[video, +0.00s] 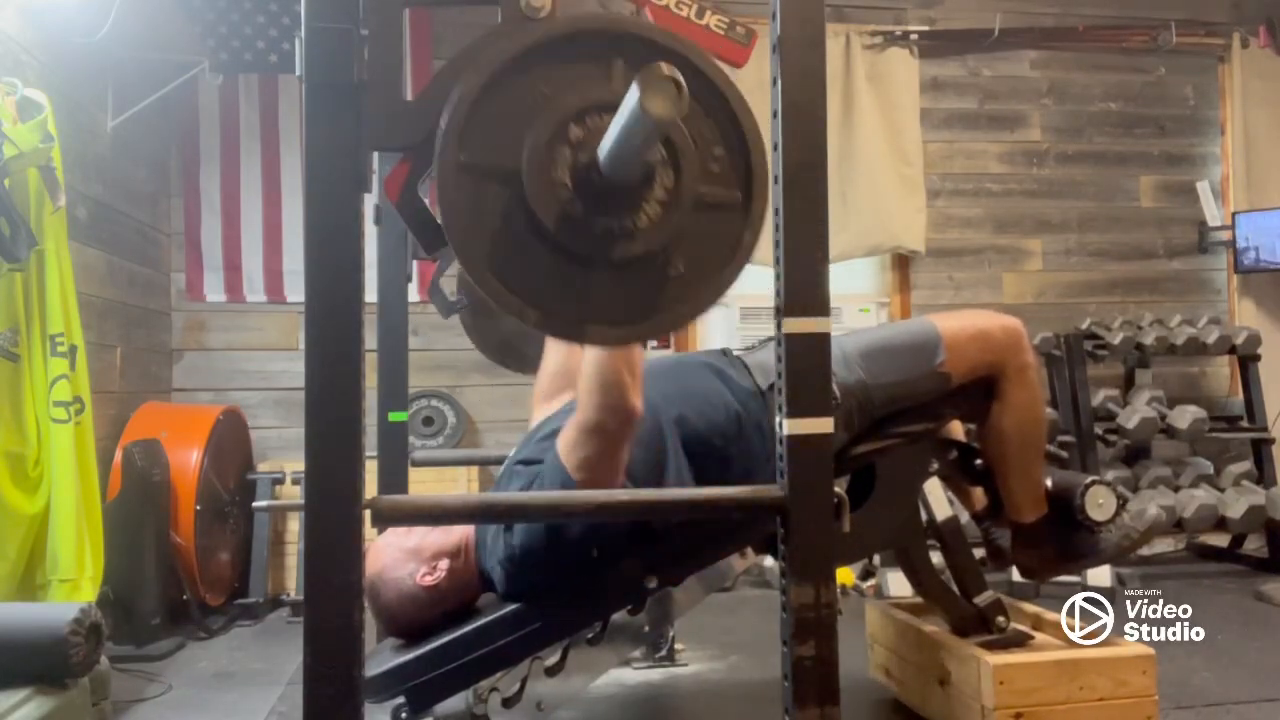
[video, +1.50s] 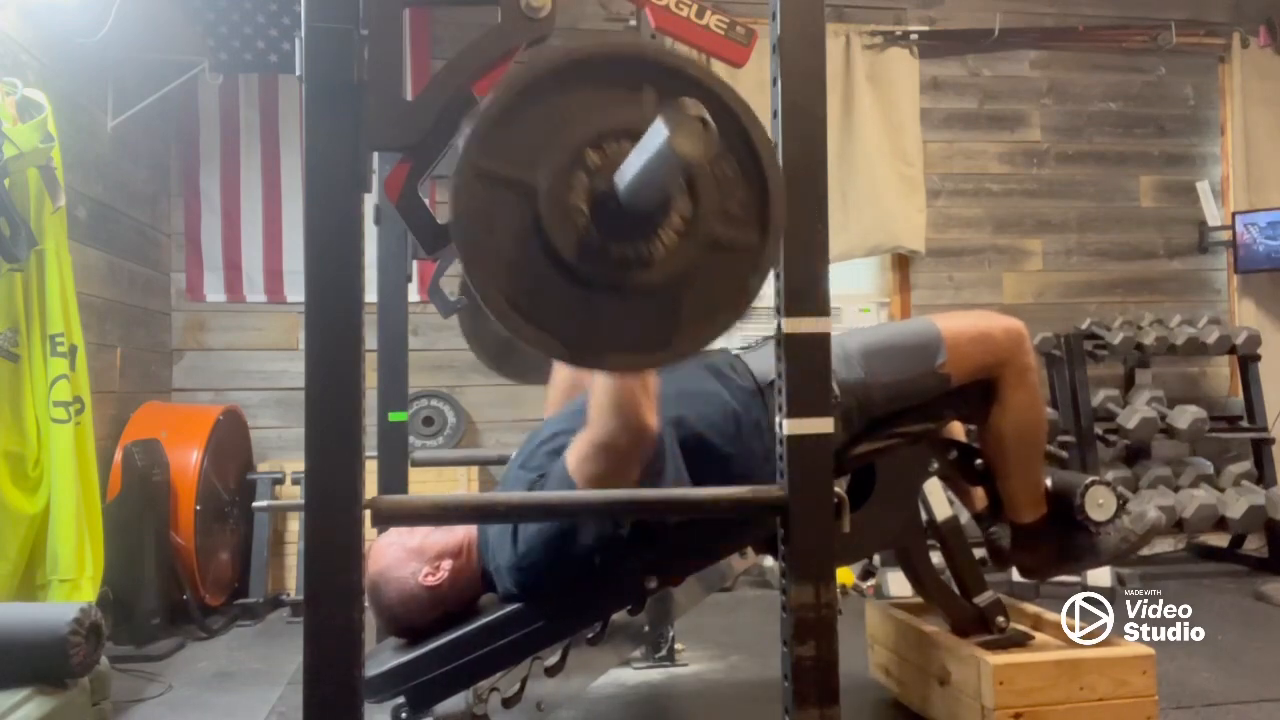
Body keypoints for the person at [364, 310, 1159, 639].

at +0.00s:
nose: (413, 532)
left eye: (396, 536)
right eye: (411, 551)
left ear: (426, 544)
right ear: (445, 576)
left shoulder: (507, 493)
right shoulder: (530, 552)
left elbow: (564, 374)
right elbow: (611, 408)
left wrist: (569, 226)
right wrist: (603, 246)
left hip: (738, 375)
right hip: (769, 423)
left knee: (954, 330)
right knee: (1002, 340)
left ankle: (990, 489)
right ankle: (1034, 532)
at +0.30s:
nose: (417, 530)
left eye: (400, 533)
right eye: (413, 548)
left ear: (427, 545)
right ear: (444, 579)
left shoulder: (503, 494)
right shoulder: (527, 552)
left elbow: (556, 374)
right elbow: (586, 392)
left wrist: (564, 202)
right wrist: (588, 222)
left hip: (746, 372)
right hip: (770, 422)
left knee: (953, 327)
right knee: (998, 337)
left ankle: (985, 480)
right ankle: (1032, 526)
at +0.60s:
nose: (417, 531)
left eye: (400, 535)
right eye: (414, 550)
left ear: (427, 541)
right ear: (446, 578)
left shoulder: (502, 496)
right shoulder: (529, 549)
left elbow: (625, 427)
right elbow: (661, 456)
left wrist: (613, 314)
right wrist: (640, 316)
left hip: (748, 378)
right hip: (767, 430)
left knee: (960, 329)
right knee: (1004, 343)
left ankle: (988, 479)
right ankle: (1034, 527)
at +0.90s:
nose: (419, 529)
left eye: (401, 534)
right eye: (418, 547)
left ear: (428, 549)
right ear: (447, 575)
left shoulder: (496, 499)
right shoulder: (533, 541)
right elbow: (690, 539)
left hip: (706, 394)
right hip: (752, 434)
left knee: (900, 314)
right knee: (1001, 339)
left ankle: (978, 471)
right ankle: (1032, 526)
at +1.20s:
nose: (421, 527)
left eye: (403, 533)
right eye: (419, 545)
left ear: (428, 546)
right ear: (449, 573)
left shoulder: (496, 498)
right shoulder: (531, 539)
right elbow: (686, 528)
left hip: (708, 390)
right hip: (748, 432)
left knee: (916, 317)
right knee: (1004, 340)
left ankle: (982, 474)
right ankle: (1032, 527)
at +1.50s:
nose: (415, 528)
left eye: (397, 532)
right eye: (412, 547)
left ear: (429, 545)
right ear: (446, 574)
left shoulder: (510, 488)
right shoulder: (531, 557)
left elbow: (572, 388)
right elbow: (626, 424)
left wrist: (583, 242)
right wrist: (605, 267)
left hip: (740, 366)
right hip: (773, 417)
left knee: (932, 321)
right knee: (1004, 341)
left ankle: (971, 467)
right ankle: (1032, 527)